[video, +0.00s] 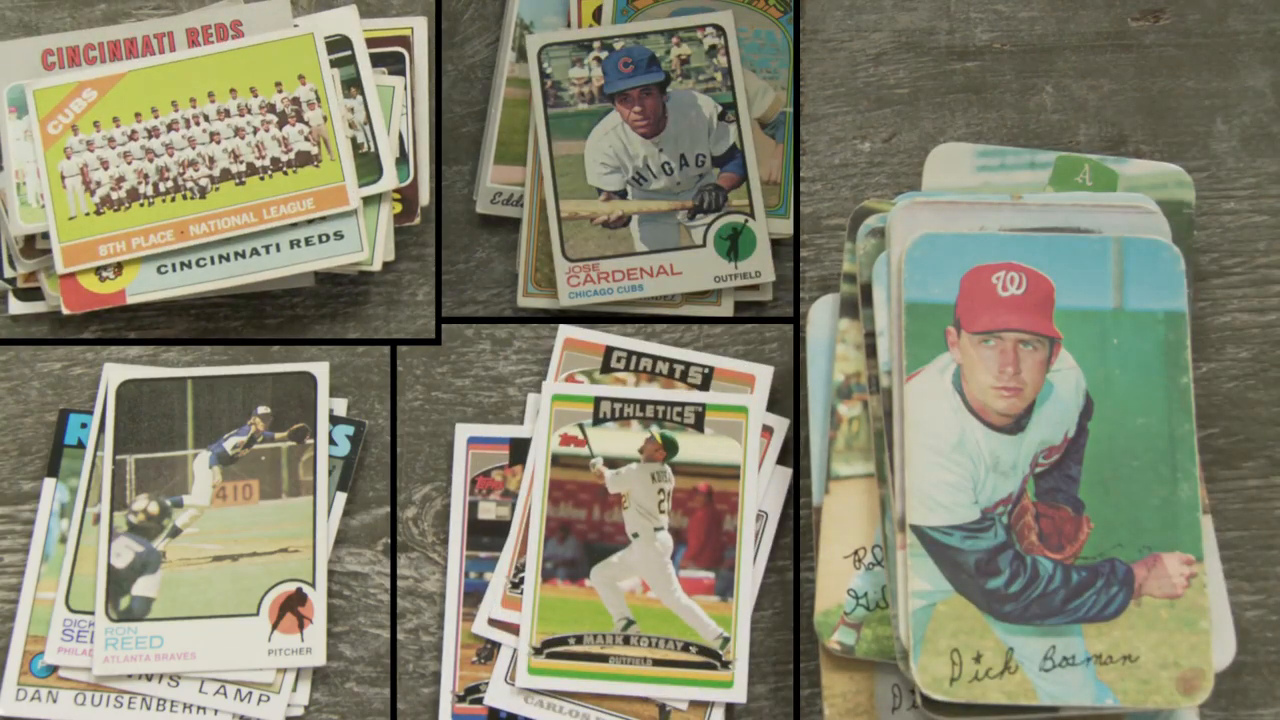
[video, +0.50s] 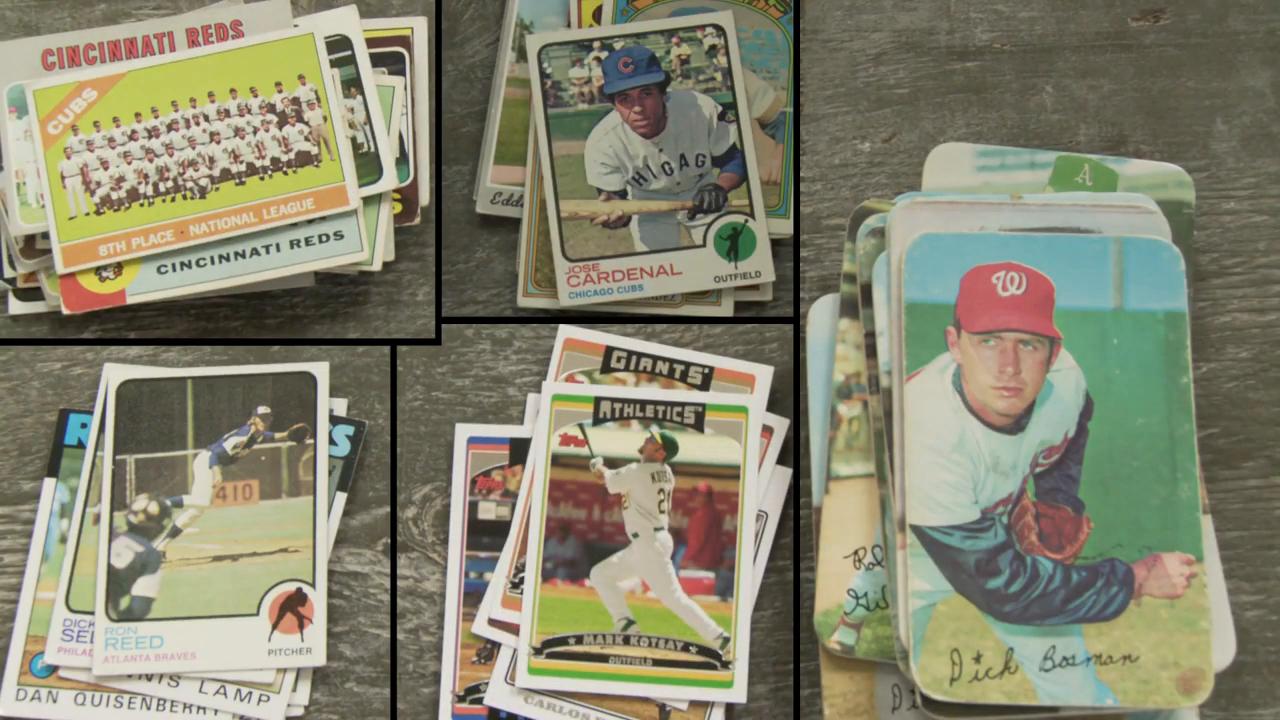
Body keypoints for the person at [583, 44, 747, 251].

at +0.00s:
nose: (638, 108)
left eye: (646, 94)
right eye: (625, 99)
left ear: (664, 93)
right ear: (614, 104)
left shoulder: (699, 109)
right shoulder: (603, 142)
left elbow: (736, 159)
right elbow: (613, 195)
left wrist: (719, 187)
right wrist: (613, 214)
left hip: (701, 195)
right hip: (649, 206)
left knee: (728, 266)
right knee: (659, 281)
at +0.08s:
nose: (638, 108)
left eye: (646, 94)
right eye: (625, 99)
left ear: (664, 93)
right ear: (614, 104)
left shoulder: (699, 109)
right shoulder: (603, 142)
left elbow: (736, 159)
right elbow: (613, 195)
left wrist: (719, 187)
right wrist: (613, 214)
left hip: (701, 195)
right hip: (649, 206)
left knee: (728, 266)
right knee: (659, 281)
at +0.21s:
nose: (638, 108)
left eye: (646, 94)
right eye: (625, 99)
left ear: (664, 93)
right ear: (613, 104)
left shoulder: (699, 109)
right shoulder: (602, 142)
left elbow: (736, 159)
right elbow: (613, 196)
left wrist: (719, 187)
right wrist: (613, 214)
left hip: (701, 195)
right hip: (649, 206)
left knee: (727, 267)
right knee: (659, 281)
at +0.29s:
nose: (638, 108)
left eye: (646, 94)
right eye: (625, 99)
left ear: (664, 93)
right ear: (613, 104)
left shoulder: (699, 109)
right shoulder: (602, 142)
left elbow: (736, 159)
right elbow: (613, 196)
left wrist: (719, 187)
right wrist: (613, 214)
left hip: (701, 195)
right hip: (649, 206)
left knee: (727, 267)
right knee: (659, 281)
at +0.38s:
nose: (638, 108)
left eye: (646, 94)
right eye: (625, 99)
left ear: (664, 93)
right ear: (613, 104)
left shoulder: (699, 109)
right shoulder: (602, 142)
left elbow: (736, 159)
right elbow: (613, 196)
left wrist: (719, 187)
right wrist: (613, 214)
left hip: (701, 195)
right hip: (649, 206)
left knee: (727, 267)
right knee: (659, 281)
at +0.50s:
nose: (638, 108)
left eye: (646, 94)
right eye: (625, 99)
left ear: (664, 93)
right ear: (613, 104)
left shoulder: (699, 109)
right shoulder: (602, 142)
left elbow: (736, 159)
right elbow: (613, 196)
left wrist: (719, 187)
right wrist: (613, 214)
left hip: (701, 195)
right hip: (649, 206)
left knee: (727, 267)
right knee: (659, 281)